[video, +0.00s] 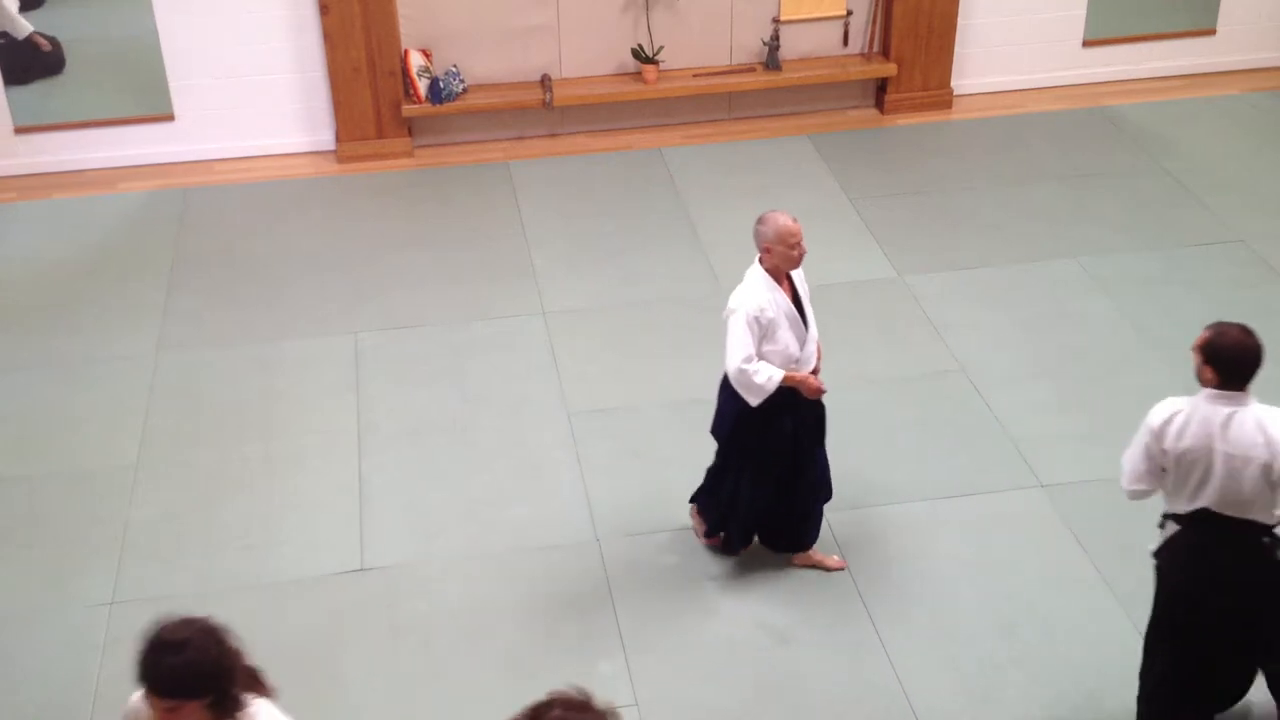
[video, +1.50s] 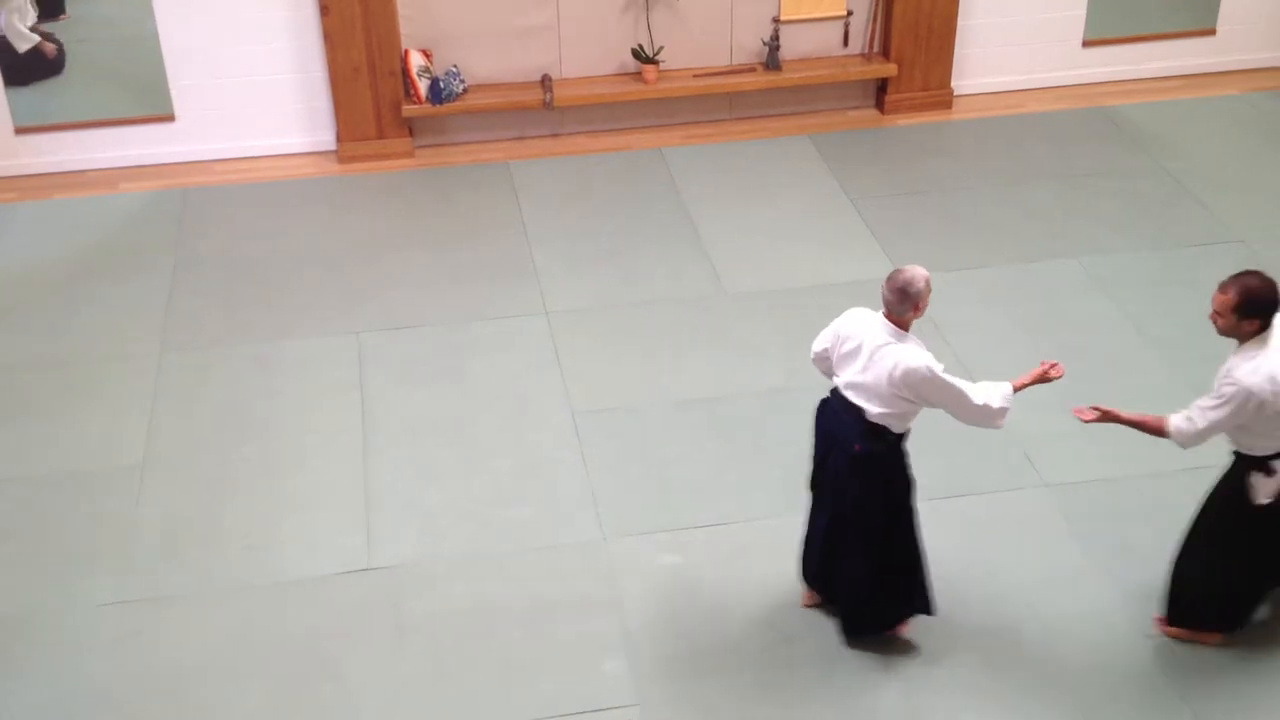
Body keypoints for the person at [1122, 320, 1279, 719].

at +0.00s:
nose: (1192, 354)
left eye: (1197, 352)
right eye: (1196, 348)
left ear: (1210, 372)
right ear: (1250, 369)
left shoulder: (1169, 418)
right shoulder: (1272, 425)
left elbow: (1135, 485)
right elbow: (1276, 496)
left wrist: (1176, 459)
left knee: (1171, 660)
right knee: (1273, 659)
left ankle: (1164, 712)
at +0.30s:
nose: (1262, 327)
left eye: (1267, 321)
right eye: (1265, 320)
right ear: (1276, 329)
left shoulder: (1260, 391)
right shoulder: (1261, 390)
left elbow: (1232, 459)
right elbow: (1235, 454)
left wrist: (1211, 471)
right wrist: (1218, 468)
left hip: (1258, 507)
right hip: (1269, 503)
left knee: (1246, 581)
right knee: (1266, 583)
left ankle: (1245, 652)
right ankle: (1259, 650)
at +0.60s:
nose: (1261, 305)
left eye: (1266, 299)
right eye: (1263, 298)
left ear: (1279, 307)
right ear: (1275, 306)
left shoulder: (1267, 367)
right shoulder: (1267, 365)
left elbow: (1249, 437)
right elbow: (1252, 431)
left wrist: (1223, 452)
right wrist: (1229, 450)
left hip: (1264, 478)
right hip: (1269, 472)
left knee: (1245, 541)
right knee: (1262, 544)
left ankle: (1238, 603)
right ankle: (1256, 606)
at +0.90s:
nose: (1262, 286)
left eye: (1269, 282)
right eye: (1263, 279)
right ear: (1268, 280)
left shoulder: (1278, 347)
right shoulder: (1275, 340)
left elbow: (1270, 422)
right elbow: (1270, 392)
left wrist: (1228, 426)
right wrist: (1256, 405)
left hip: (1273, 455)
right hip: (1270, 449)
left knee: (1239, 520)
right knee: (1257, 522)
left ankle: (1237, 600)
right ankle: (1260, 596)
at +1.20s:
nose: (1259, 295)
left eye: (1266, 291)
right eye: (1260, 287)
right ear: (1267, 285)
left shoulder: (1278, 335)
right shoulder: (1275, 321)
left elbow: (1274, 424)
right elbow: (1275, 365)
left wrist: (1218, 428)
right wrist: (1254, 383)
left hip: (1276, 449)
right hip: (1271, 442)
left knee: (1241, 511)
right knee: (1249, 508)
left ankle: (1222, 607)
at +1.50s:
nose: (1211, 316)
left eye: (1220, 313)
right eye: (1214, 308)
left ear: (1252, 324)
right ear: (1256, 320)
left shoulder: (1247, 380)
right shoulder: (1274, 325)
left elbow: (1185, 430)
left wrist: (1115, 416)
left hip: (1261, 474)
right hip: (1272, 462)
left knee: (1212, 542)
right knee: (1256, 542)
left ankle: (1201, 622)